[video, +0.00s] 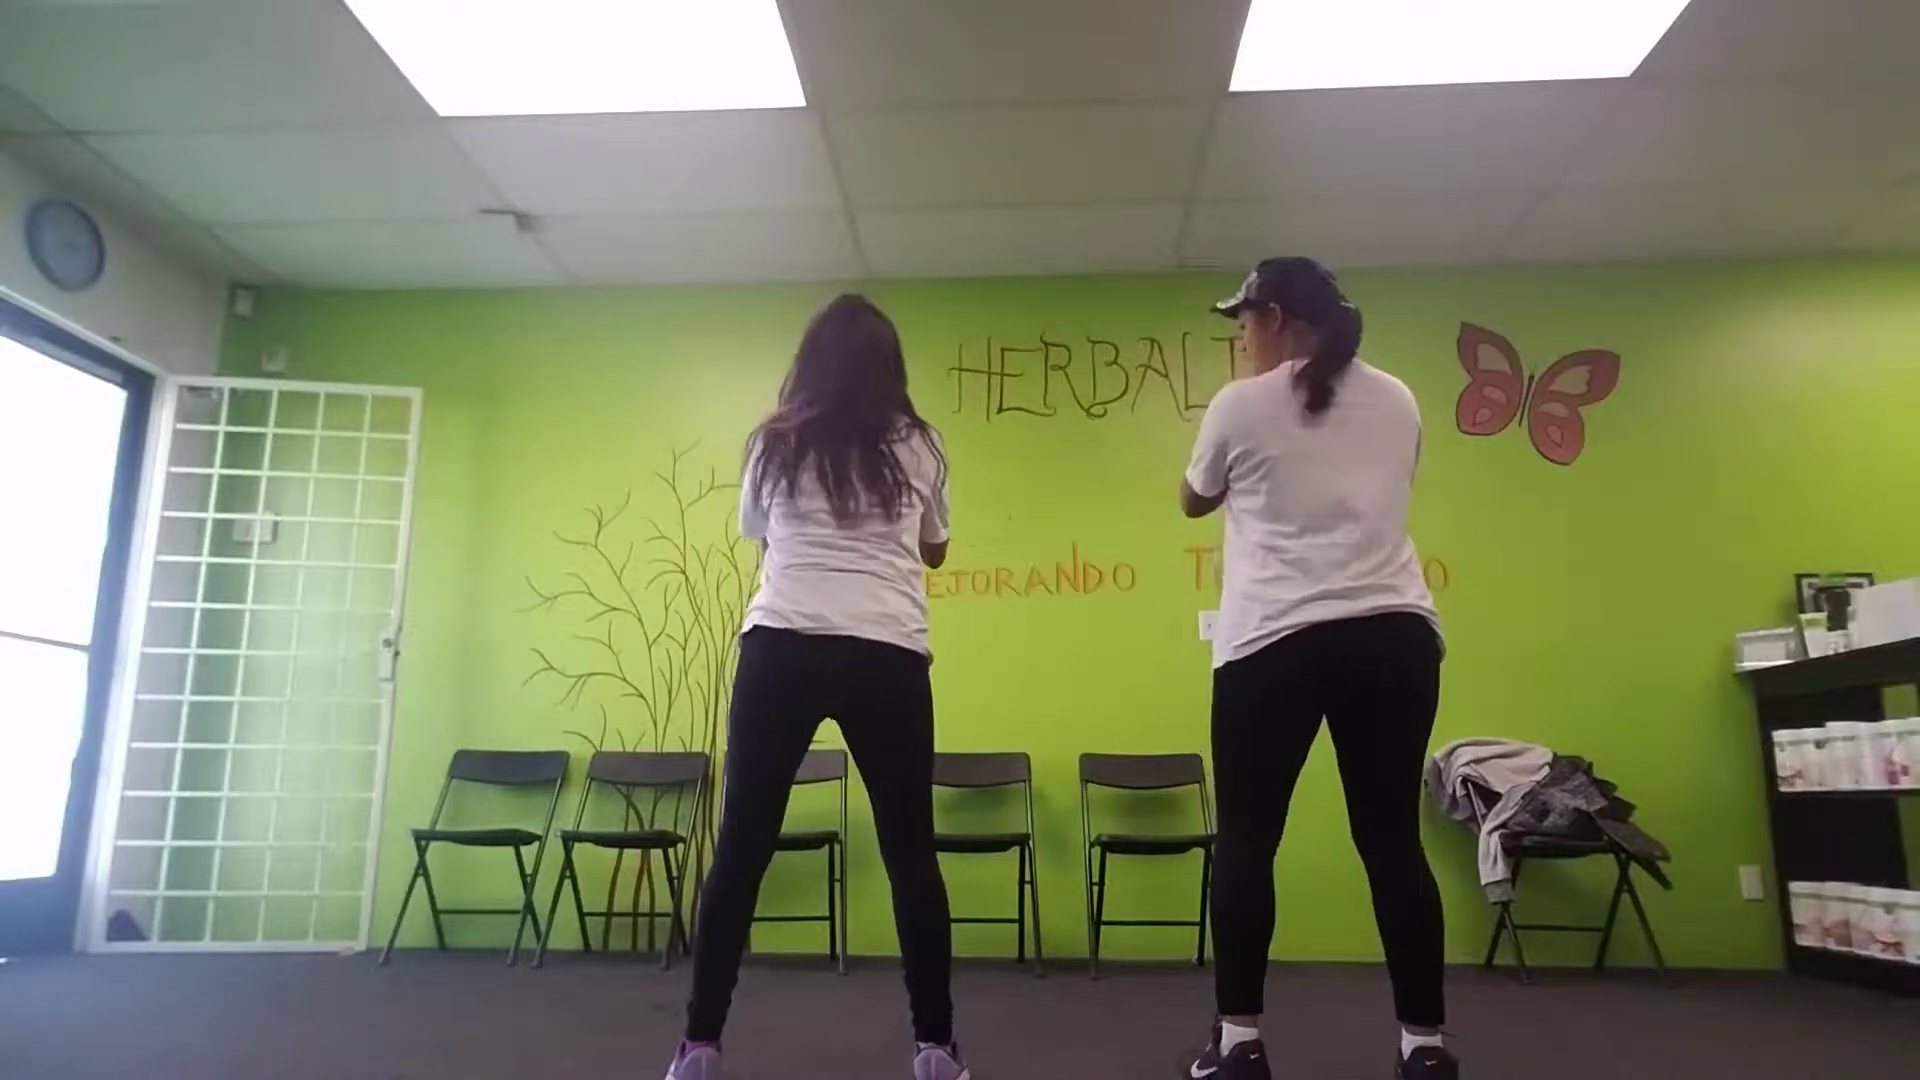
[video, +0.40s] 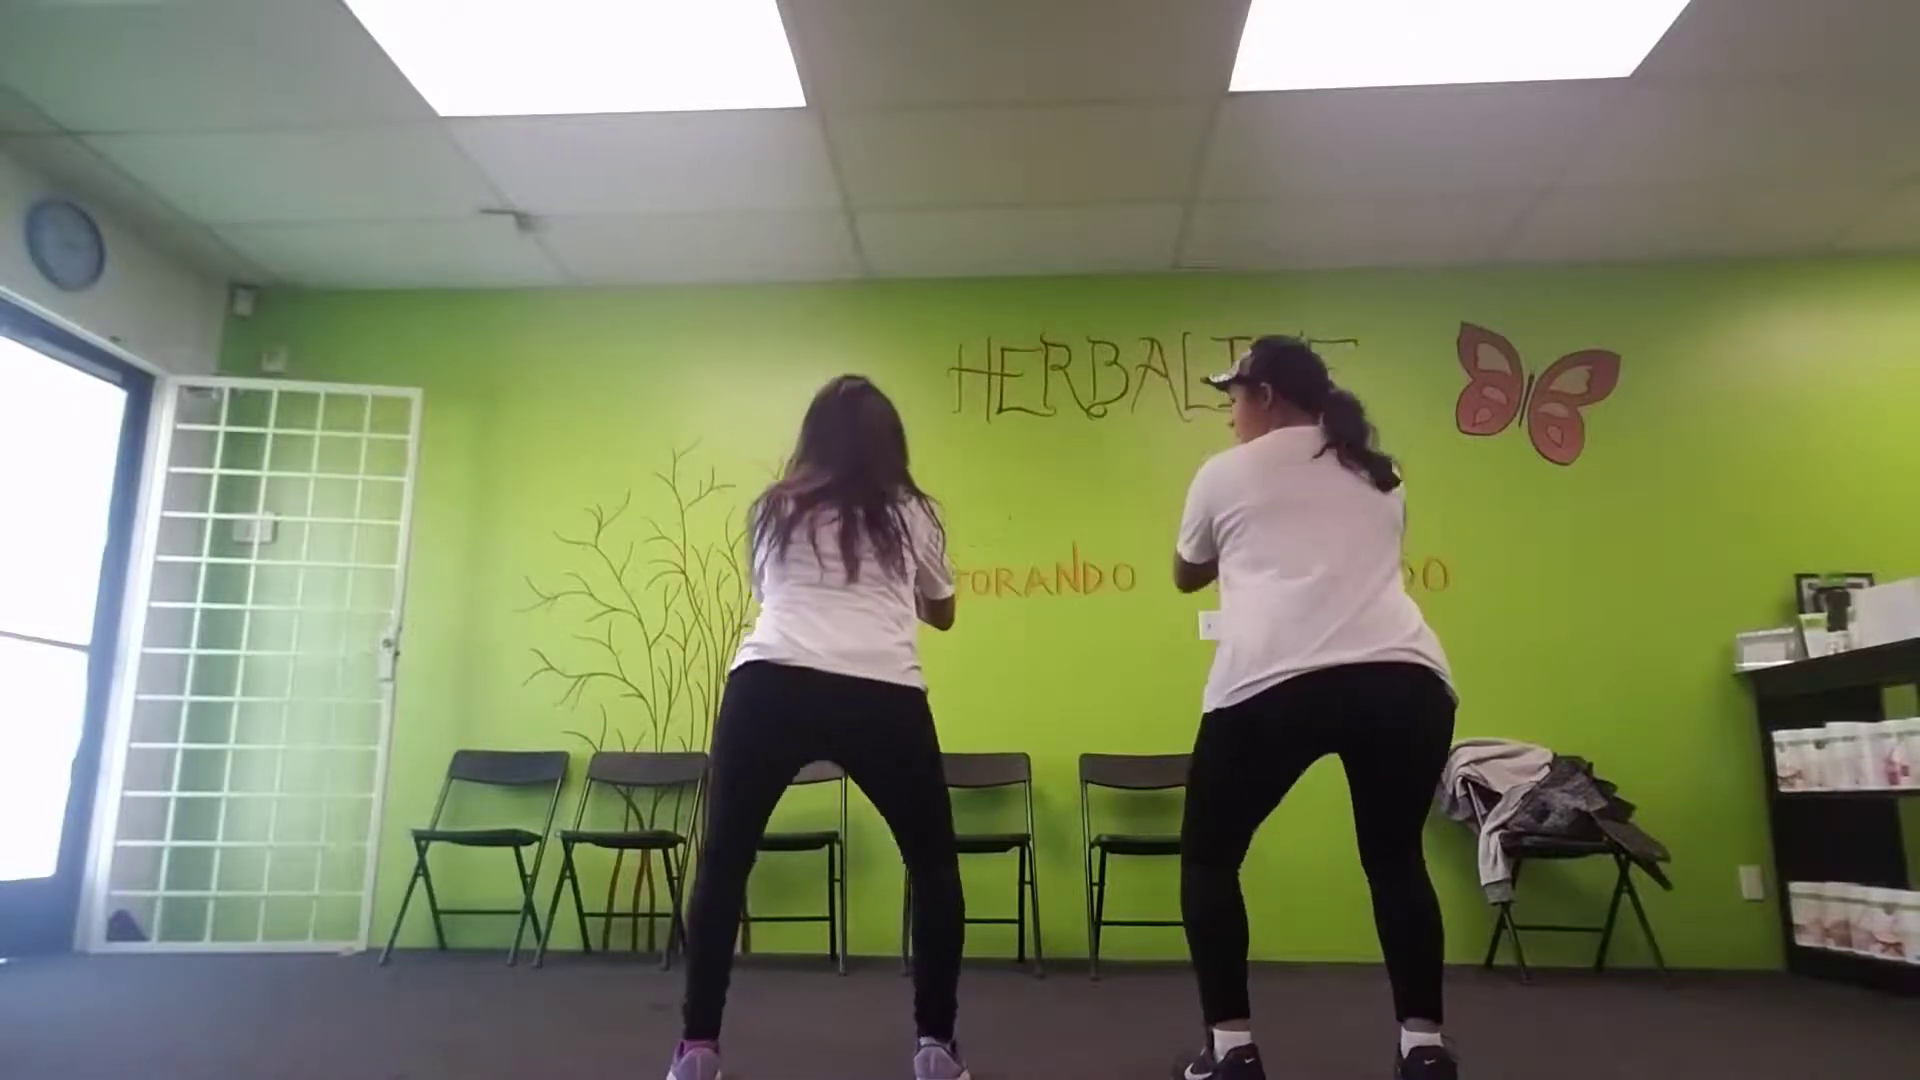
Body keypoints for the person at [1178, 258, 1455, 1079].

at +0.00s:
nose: (1238, 336)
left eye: (1242, 322)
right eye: (1239, 322)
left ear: (1273, 319)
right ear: (1322, 316)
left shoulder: (1240, 404)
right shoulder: (1398, 400)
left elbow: (1197, 497)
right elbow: (1384, 491)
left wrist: (1264, 437)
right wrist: (1286, 458)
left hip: (1274, 646)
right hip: (1395, 639)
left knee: (1245, 844)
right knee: (1394, 841)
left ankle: (1239, 1045)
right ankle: (1425, 1047)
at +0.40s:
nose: (1230, 413)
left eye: (1236, 398)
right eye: (1232, 399)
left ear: (1264, 398)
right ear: (1312, 399)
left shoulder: (1224, 474)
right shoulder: (1379, 472)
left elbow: (1190, 572)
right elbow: (1377, 561)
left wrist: (1272, 540)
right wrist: (1278, 552)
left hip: (1272, 688)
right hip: (1403, 682)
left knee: (1209, 860)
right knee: (1396, 855)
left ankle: (1232, 1049)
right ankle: (1423, 1043)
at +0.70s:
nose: (1215, 538)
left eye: (1220, 524)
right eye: (1215, 525)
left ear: (1250, 524)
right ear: (1296, 526)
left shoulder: (1213, 594)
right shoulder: (1362, 587)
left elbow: (1183, 700)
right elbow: (1376, 676)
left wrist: (1245, 638)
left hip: (1277, 793)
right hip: (1420, 788)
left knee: (1182, 868)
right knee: (1395, 869)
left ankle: (1230, 1047)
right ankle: (1423, 1041)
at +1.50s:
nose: (1218, 429)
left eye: (1222, 415)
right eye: (1219, 415)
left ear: (1246, 416)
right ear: (1298, 416)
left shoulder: (1206, 484)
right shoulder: (1361, 484)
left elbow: (1169, 591)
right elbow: (1378, 584)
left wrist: (1249, 559)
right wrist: (1300, 565)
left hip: (1256, 690)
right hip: (1383, 682)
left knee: (1192, 859)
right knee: (1390, 855)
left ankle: (1232, 1045)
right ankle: (1421, 1036)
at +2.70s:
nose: (1224, 523)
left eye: (1228, 509)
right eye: (1224, 510)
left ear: (1252, 510)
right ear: (1303, 511)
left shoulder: (1216, 579)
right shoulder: (1362, 576)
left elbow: (1174, 683)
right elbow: (1378, 662)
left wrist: (1236, 631)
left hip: (1275, 775)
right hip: (1420, 767)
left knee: (1187, 872)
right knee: (1392, 870)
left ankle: (1232, 1047)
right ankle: (1424, 1042)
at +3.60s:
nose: (1221, 404)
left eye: (1227, 390)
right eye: (1222, 391)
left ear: (1257, 389)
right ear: (1298, 390)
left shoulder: (1219, 455)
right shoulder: (1369, 456)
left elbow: (1175, 572)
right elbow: (1400, 572)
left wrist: (1251, 583)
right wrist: (1327, 583)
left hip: (1269, 660)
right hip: (1393, 654)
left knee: (1210, 847)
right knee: (1394, 847)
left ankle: (1233, 1045)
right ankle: (1422, 1036)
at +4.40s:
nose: (1231, 391)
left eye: (1235, 376)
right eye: (1231, 378)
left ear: (1265, 371)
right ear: (1311, 372)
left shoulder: (1226, 439)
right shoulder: (1384, 444)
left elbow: (1180, 557)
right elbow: (1398, 559)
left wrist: (1261, 546)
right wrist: (1321, 551)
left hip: (1268, 655)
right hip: (1395, 649)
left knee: (1217, 850)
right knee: (1396, 845)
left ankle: (1234, 1047)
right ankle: (1423, 1041)